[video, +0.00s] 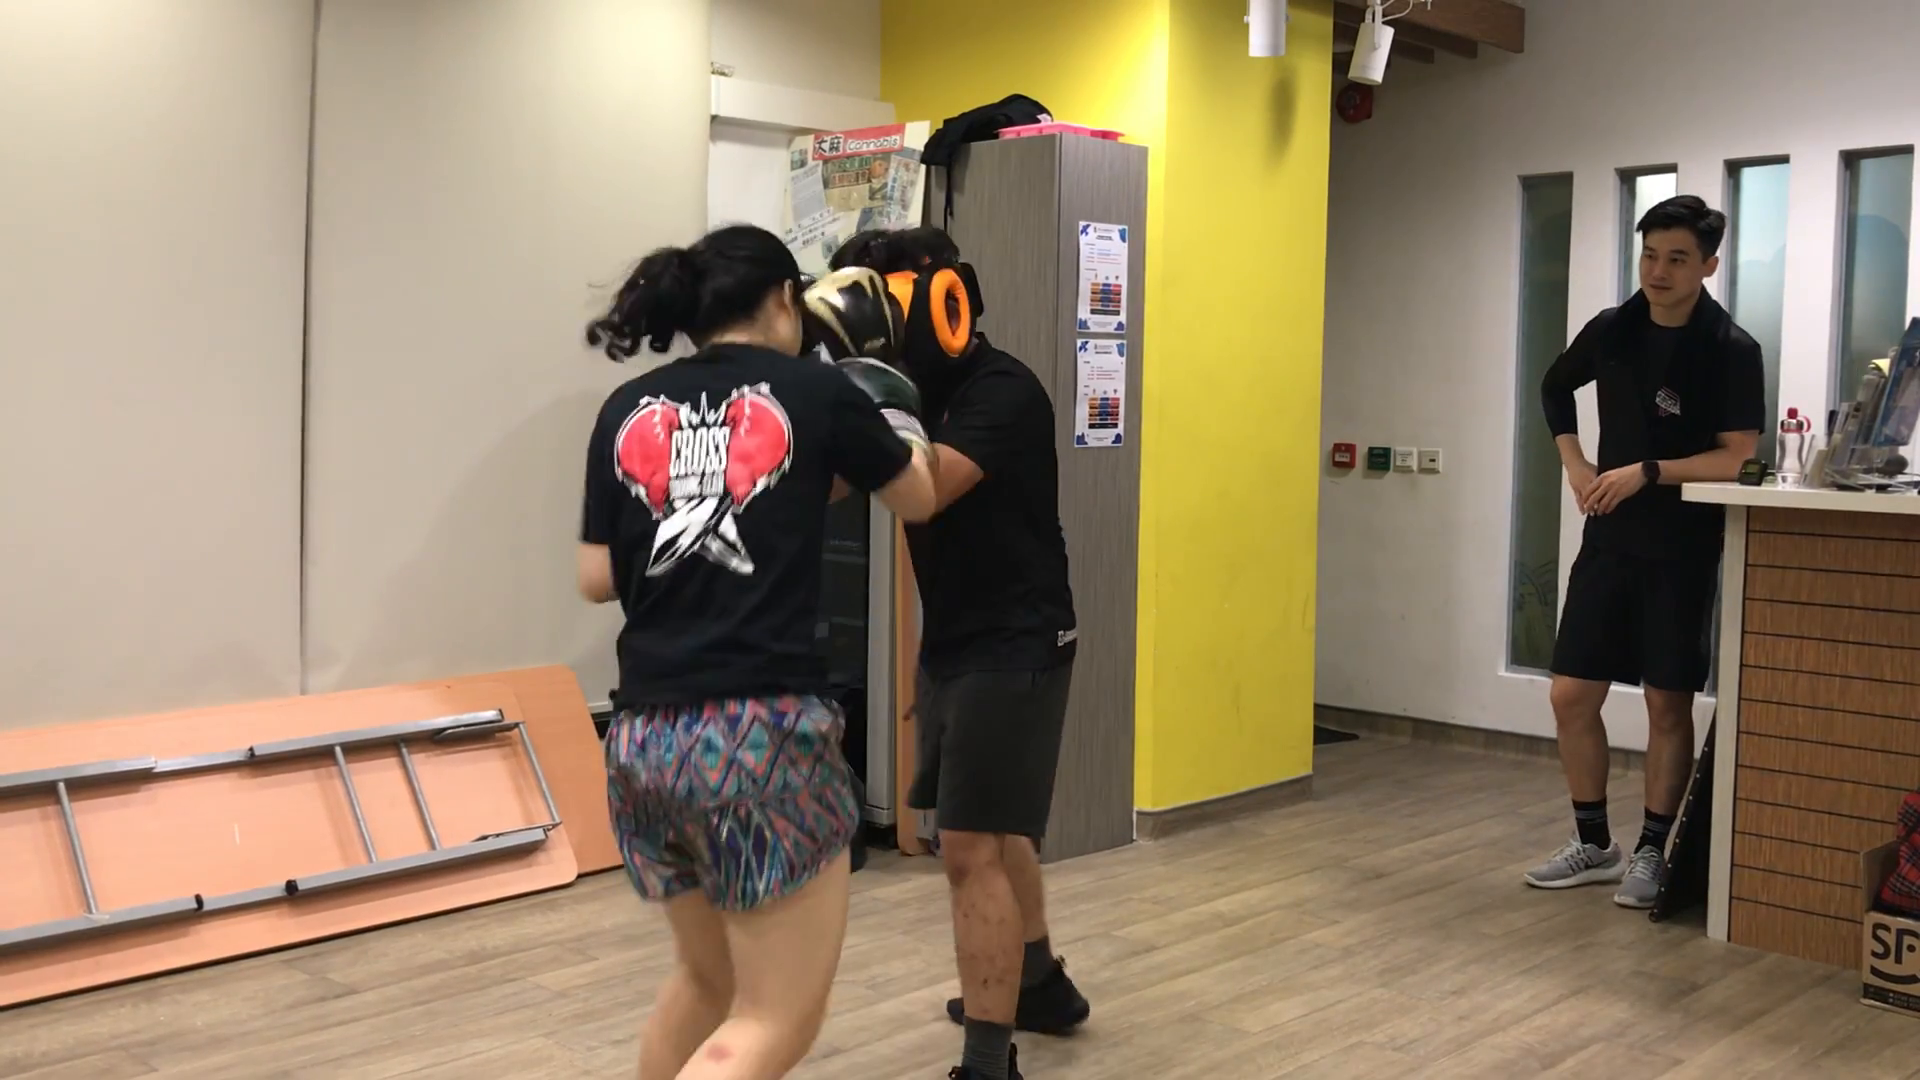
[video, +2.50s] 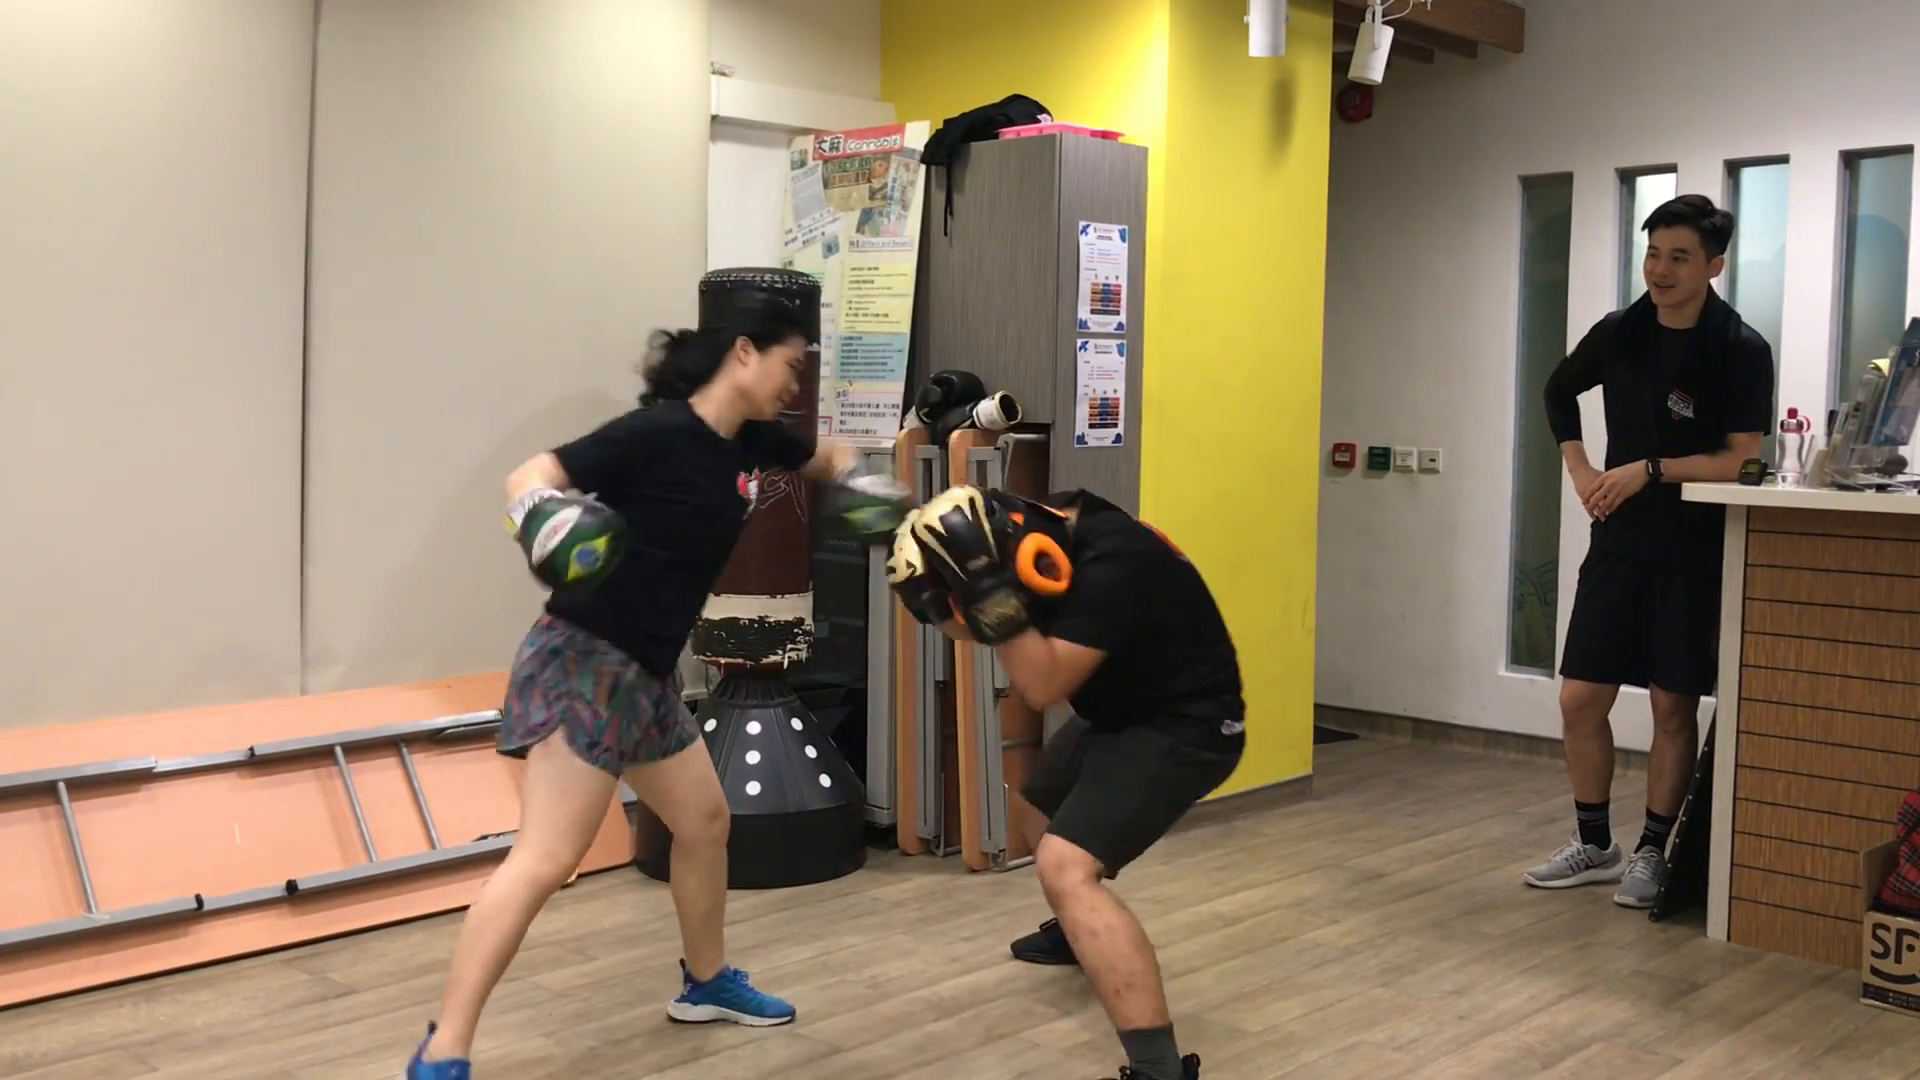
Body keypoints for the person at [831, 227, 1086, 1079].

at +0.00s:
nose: (869, 325)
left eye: (877, 304)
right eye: (861, 309)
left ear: (934, 299)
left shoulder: (1005, 391)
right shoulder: (927, 396)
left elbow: (921, 490)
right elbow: (858, 480)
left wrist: (872, 391)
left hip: (1015, 649)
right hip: (962, 648)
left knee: (970, 851)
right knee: (994, 830)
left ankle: (988, 1063)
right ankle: (1037, 981)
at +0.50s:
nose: (875, 386)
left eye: (881, 366)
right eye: (869, 369)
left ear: (931, 353)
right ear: (939, 350)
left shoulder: (1010, 420)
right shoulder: (948, 425)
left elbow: (957, 545)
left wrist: (884, 472)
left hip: (1037, 649)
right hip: (997, 646)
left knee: (955, 832)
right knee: (989, 820)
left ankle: (988, 1056)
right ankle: (1046, 980)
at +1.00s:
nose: (936, 354)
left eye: (945, 338)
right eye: (930, 341)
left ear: (994, 325)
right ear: (971, 339)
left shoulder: (1047, 393)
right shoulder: (987, 401)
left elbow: (973, 492)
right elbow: (949, 488)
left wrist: (924, 399)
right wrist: (896, 426)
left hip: (1071, 627)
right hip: (1019, 624)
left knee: (1027, 808)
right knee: (995, 784)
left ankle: (1013, 1032)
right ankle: (1066, 952)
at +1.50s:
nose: (995, 397)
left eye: (1008, 382)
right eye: (989, 385)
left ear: (1053, 376)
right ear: (985, 392)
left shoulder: (1113, 441)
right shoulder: (995, 433)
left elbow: (1056, 541)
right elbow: (892, 482)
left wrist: (1024, 439)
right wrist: (906, 412)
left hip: (1120, 657)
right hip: (1039, 653)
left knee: (1086, 820)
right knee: (984, 788)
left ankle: (1145, 1038)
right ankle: (1063, 948)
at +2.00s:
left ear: (994, 552)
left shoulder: (1085, 556)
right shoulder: (1000, 562)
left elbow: (1053, 688)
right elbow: (955, 657)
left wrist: (977, 608)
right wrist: (902, 604)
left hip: (1176, 691)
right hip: (1085, 693)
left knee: (1103, 817)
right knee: (997, 800)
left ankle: (1153, 1038)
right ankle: (1089, 927)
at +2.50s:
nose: (959, 628)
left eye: (955, 615)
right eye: (948, 619)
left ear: (1006, 565)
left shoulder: (1115, 562)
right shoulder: (1053, 538)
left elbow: (1043, 686)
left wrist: (990, 596)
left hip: (1185, 725)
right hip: (1120, 712)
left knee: (1066, 863)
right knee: (1039, 801)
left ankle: (1159, 1066)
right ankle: (1078, 926)